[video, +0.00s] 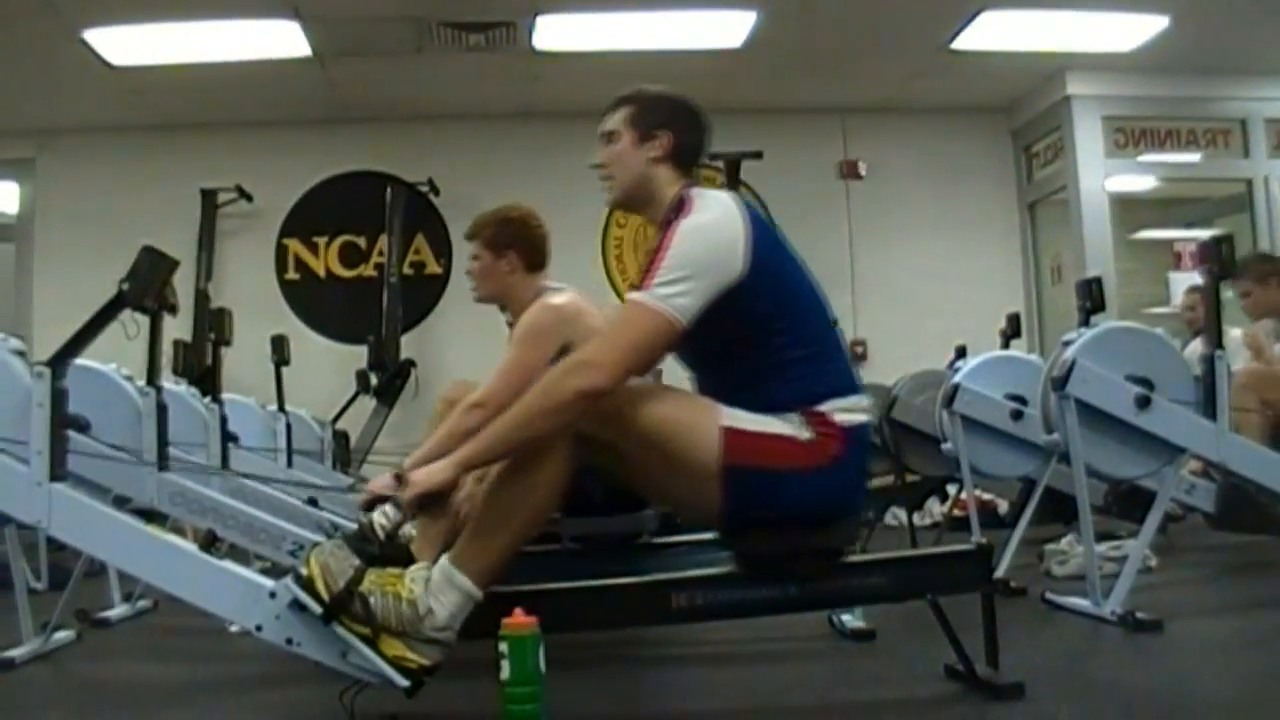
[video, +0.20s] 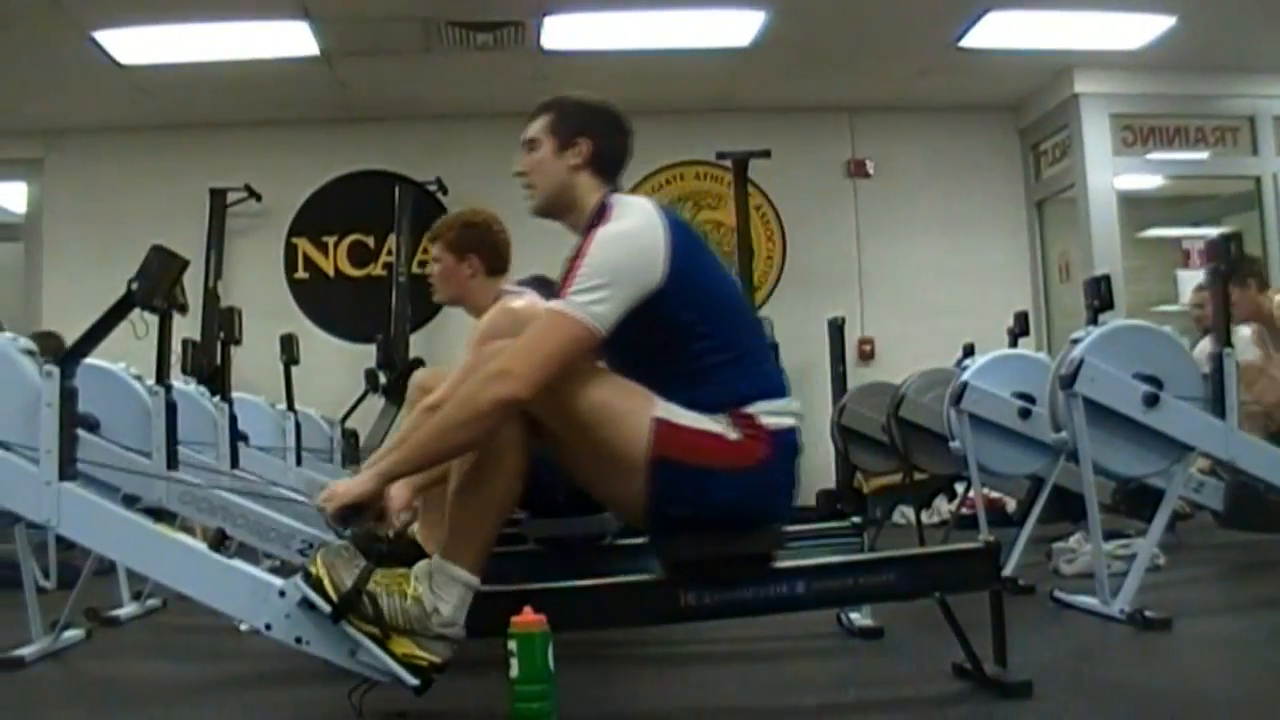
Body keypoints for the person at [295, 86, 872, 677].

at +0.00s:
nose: (596, 158)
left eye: (610, 141)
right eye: (599, 144)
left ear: (660, 147)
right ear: (656, 152)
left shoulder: (713, 221)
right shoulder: (684, 231)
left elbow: (588, 375)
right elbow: (596, 370)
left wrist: (454, 463)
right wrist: (460, 455)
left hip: (812, 451)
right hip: (767, 440)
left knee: (575, 405)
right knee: (556, 405)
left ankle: (438, 608)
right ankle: (431, 592)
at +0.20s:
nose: (519, 165)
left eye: (532, 148)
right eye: (522, 151)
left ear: (579, 152)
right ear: (575, 156)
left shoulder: (632, 227)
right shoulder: (604, 241)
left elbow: (511, 383)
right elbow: (504, 381)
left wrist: (371, 474)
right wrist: (404, 481)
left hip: (741, 461)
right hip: (701, 457)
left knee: (512, 331)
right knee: (508, 332)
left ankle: (440, 601)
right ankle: (433, 596)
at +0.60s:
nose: (528, 172)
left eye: (540, 154)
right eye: (532, 155)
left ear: (581, 161)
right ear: (586, 165)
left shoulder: (636, 238)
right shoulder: (623, 242)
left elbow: (493, 379)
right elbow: (512, 403)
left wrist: (362, 458)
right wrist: (401, 470)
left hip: (755, 463)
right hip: (739, 458)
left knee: (551, 362)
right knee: (541, 364)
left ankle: (535, 587)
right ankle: (533, 571)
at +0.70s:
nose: (541, 170)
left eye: (554, 151)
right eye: (546, 153)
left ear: (596, 157)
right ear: (597, 161)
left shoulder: (647, 234)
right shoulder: (629, 241)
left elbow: (502, 377)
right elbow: (518, 397)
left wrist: (364, 447)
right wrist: (405, 462)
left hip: (765, 463)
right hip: (741, 458)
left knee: (557, 359)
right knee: (545, 368)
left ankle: (536, 589)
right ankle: (531, 572)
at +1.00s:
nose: (662, 144)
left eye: (678, 128)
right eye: (667, 129)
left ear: (725, 135)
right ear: (723, 138)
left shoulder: (765, 216)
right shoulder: (728, 225)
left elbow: (629, 360)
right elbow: (628, 357)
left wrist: (482, 422)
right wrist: (494, 431)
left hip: (854, 453)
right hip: (811, 445)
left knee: (631, 370)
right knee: (613, 377)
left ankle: (540, 594)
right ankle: (531, 581)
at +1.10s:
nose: (713, 138)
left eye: (728, 121)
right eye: (716, 122)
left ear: (777, 129)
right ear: (771, 133)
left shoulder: (815, 212)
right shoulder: (776, 217)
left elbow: (669, 346)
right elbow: (669, 347)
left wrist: (520, 402)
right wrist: (533, 409)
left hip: (888, 449)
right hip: (839, 438)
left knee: (657, 383)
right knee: (633, 386)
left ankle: (547, 595)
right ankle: (532, 583)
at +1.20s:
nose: (759, 133)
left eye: (775, 116)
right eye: (761, 119)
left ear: (827, 123)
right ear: (821, 129)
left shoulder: (860, 208)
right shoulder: (828, 215)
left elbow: (709, 336)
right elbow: (707, 335)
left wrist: (560, 387)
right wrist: (569, 396)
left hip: (925, 442)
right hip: (879, 434)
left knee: (684, 400)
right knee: (663, 402)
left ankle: (547, 598)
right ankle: (539, 587)